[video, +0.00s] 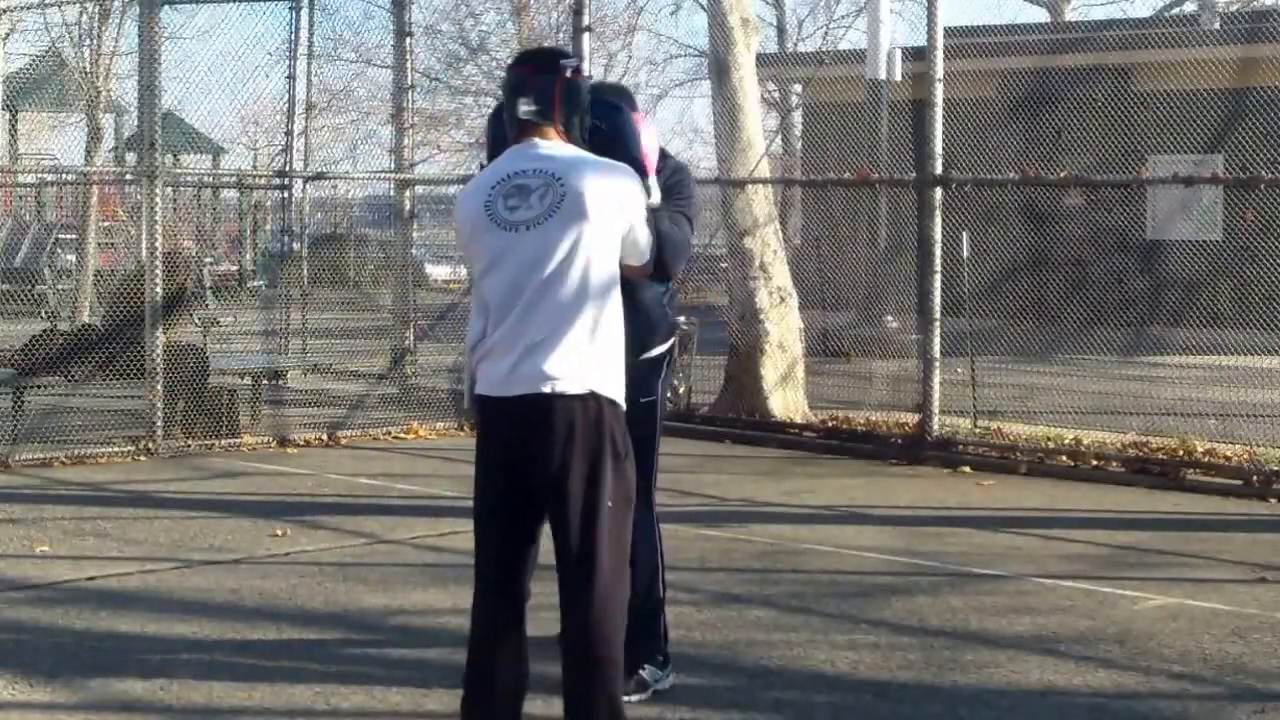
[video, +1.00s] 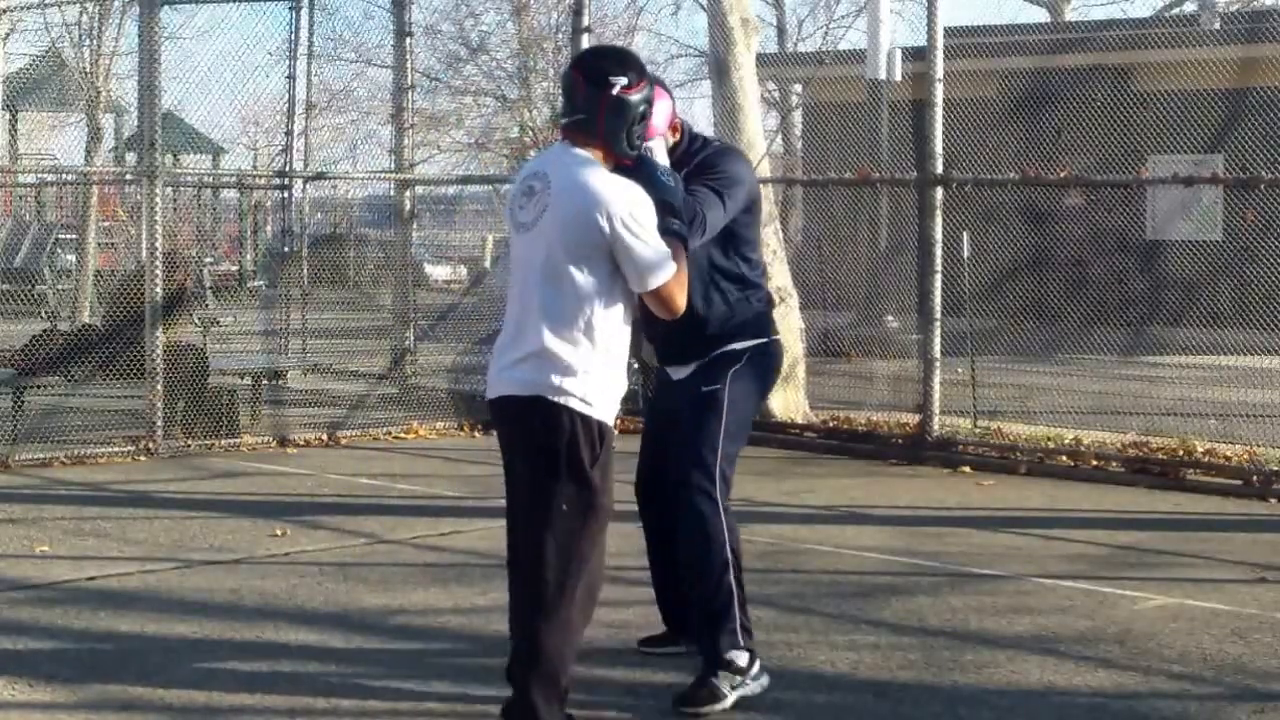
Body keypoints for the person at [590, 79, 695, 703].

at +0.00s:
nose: (598, 146)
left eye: (606, 132)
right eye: (589, 136)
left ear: (632, 127)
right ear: (581, 136)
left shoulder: (667, 173)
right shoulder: (571, 176)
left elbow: (673, 256)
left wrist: (639, 189)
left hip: (638, 359)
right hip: (573, 357)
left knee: (635, 506)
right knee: (582, 510)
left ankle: (646, 654)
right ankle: (592, 659)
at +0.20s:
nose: (579, 141)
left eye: (586, 128)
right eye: (572, 132)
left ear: (614, 121)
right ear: (573, 132)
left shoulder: (663, 169)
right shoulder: (577, 175)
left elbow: (681, 253)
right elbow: (565, 249)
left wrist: (632, 175)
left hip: (655, 349)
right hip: (592, 346)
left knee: (643, 486)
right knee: (601, 484)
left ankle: (664, 651)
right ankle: (614, 613)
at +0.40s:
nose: (601, 147)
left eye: (613, 135)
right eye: (596, 139)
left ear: (643, 128)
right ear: (598, 137)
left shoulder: (692, 181)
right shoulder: (598, 181)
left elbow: (672, 261)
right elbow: (578, 249)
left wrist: (629, 201)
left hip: (681, 363)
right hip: (614, 362)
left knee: (675, 506)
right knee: (608, 498)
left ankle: (708, 663)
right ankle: (621, 609)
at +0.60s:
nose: (640, 157)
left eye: (649, 144)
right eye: (637, 146)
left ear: (675, 135)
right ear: (632, 144)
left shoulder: (720, 183)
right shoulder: (624, 181)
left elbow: (695, 268)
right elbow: (609, 260)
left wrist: (671, 197)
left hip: (700, 362)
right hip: (635, 356)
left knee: (691, 505)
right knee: (636, 497)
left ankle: (705, 665)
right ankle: (655, 613)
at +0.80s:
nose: (632, 146)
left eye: (637, 132)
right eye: (626, 137)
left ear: (663, 122)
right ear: (635, 136)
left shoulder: (722, 169)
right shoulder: (631, 178)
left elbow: (709, 244)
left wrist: (667, 175)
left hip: (719, 359)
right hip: (664, 362)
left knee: (687, 497)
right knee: (648, 494)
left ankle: (707, 661)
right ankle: (687, 623)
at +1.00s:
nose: (631, 150)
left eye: (637, 138)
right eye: (625, 142)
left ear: (663, 126)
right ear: (634, 139)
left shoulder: (725, 166)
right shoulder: (638, 180)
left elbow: (688, 230)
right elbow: (623, 245)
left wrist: (648, 163)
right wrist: (593, 167)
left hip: (734, 354)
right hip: (676, 362)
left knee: (699, 488)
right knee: (655, 488)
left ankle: (732, 655)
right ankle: (685, 623)